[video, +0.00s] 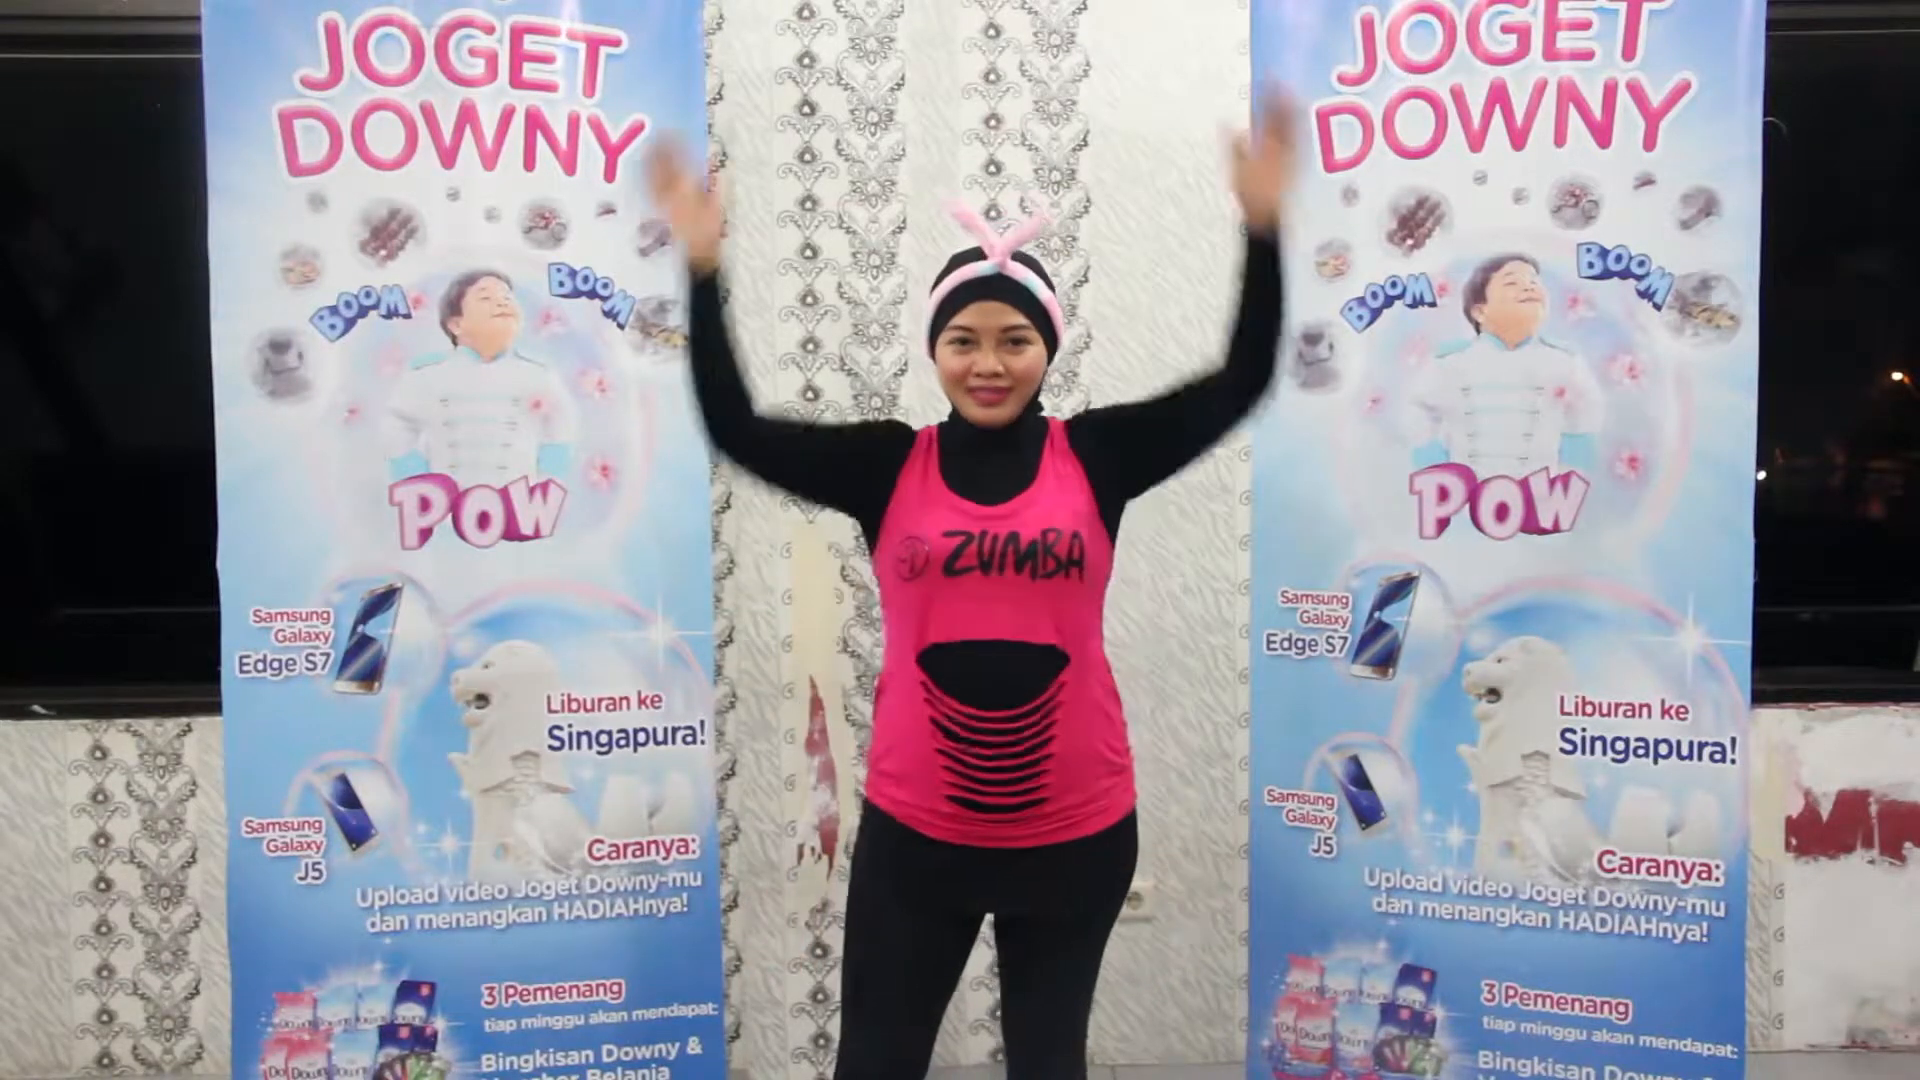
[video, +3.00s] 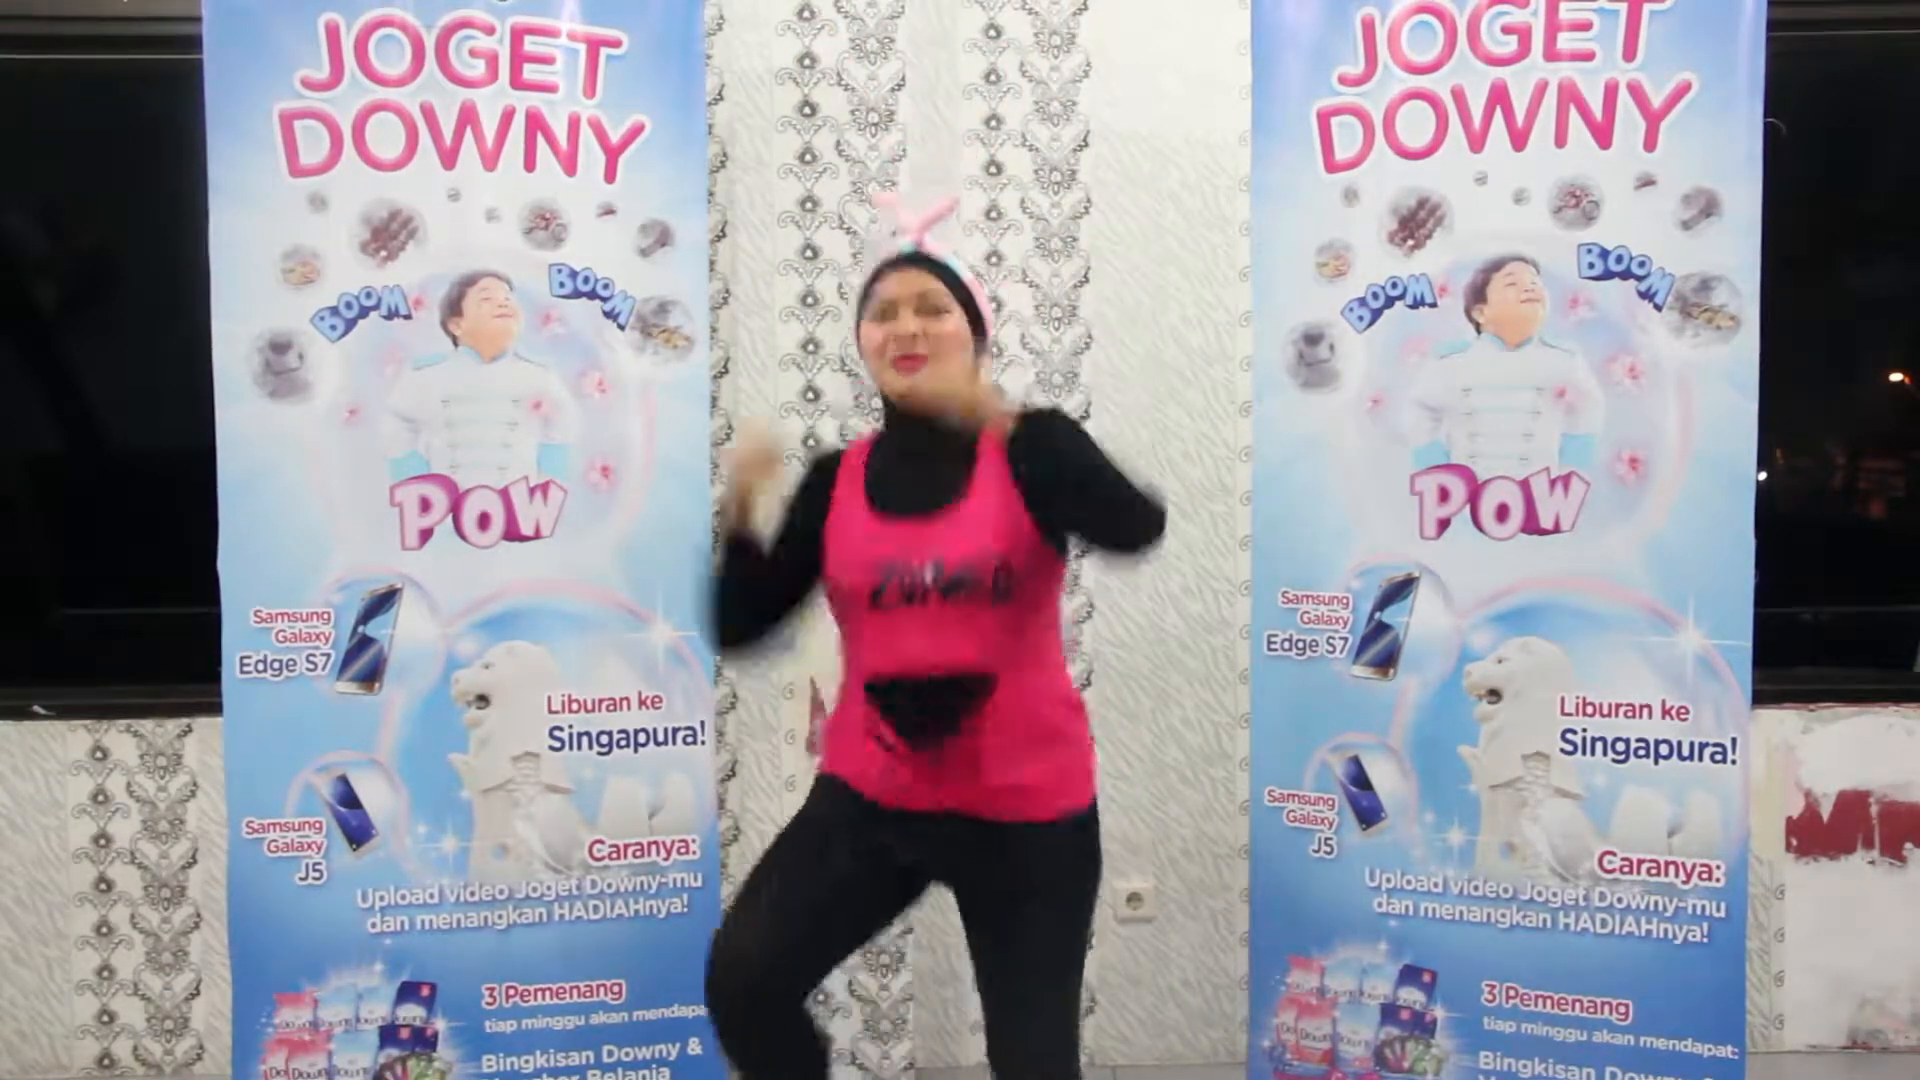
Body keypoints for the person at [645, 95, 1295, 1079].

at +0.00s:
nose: (989, 360)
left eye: (1014, 339)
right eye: (965, 339)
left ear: (1048, 355)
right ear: (936, 356)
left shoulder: (1099, 457)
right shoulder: (884, 467)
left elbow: (1244, 378)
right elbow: (738, 431)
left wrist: (1264, 229)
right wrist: (703, 270)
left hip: (1070, 837)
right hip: (916, 833)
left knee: (1048, 1063)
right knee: (874, 1064)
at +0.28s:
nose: (993, 374)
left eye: (1017, 353)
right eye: (969, 351)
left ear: (1049, 366)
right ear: (935, 361)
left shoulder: (1079, 462)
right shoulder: (881, 463)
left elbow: (1175, 306)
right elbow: (786, 319)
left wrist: (1126, 142)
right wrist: (824, 156)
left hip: (1073, 840)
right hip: (917, 840)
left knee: (1054, 1061)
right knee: (872, 1064)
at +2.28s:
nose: (967, 365)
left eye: (993, 347)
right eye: (944, 344)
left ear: (1023, 371)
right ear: (912, 365)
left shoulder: (1054, 472)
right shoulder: (865, 468)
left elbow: (1130, 331)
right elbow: (801, 336)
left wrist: (1014, 216)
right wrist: (917, 214)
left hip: (1052, 839)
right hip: (895, 842)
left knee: (1048, 1060)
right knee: (824, 1064)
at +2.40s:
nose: (966, 360)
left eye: (992, 345)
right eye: (944, 337)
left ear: (1019, 372)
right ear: (908, 356)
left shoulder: (1043, 475)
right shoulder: (850, 470)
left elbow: (1159, 448)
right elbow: (761, 465)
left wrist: (1084, 304)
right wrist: (832, 312)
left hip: (1039, 828)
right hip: (886, 829)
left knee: (1024, 1061)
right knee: (836, 1062)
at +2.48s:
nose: (938, 337)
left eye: (965, 322)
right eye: (919, 312)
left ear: (995, 353)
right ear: (883, 331)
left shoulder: (1034, 456)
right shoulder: (845, 458)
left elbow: (1119, 561)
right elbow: (787, 524)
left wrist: (1096, 412)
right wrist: (846, 380)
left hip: (1018, 824)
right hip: (868, 818)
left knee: (990, 1060)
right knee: (863, 1062)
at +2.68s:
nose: (918, 310)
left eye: (940, 295)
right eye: (895, 299)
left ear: (979, 324)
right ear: (869, 333)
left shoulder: (1028, 441)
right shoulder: (826, 452)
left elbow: (1092, 518)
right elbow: (806, 573)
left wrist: (988, 405)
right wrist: (899, 512)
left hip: (1009, 794)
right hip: (860, 803)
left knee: (1024, 1034)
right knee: (878, 1057)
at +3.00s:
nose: (906, 328)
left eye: (930, 310)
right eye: (884, 314)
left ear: (976, 336)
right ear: (861, 348)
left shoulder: (1032, 453)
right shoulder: (836, 480)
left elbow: (1136, 526)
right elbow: (741, 621)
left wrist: (1012, 425)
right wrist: (738, 523)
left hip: (1024, 809)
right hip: (872, 800)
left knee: (1034, 1059)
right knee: (744, 981)